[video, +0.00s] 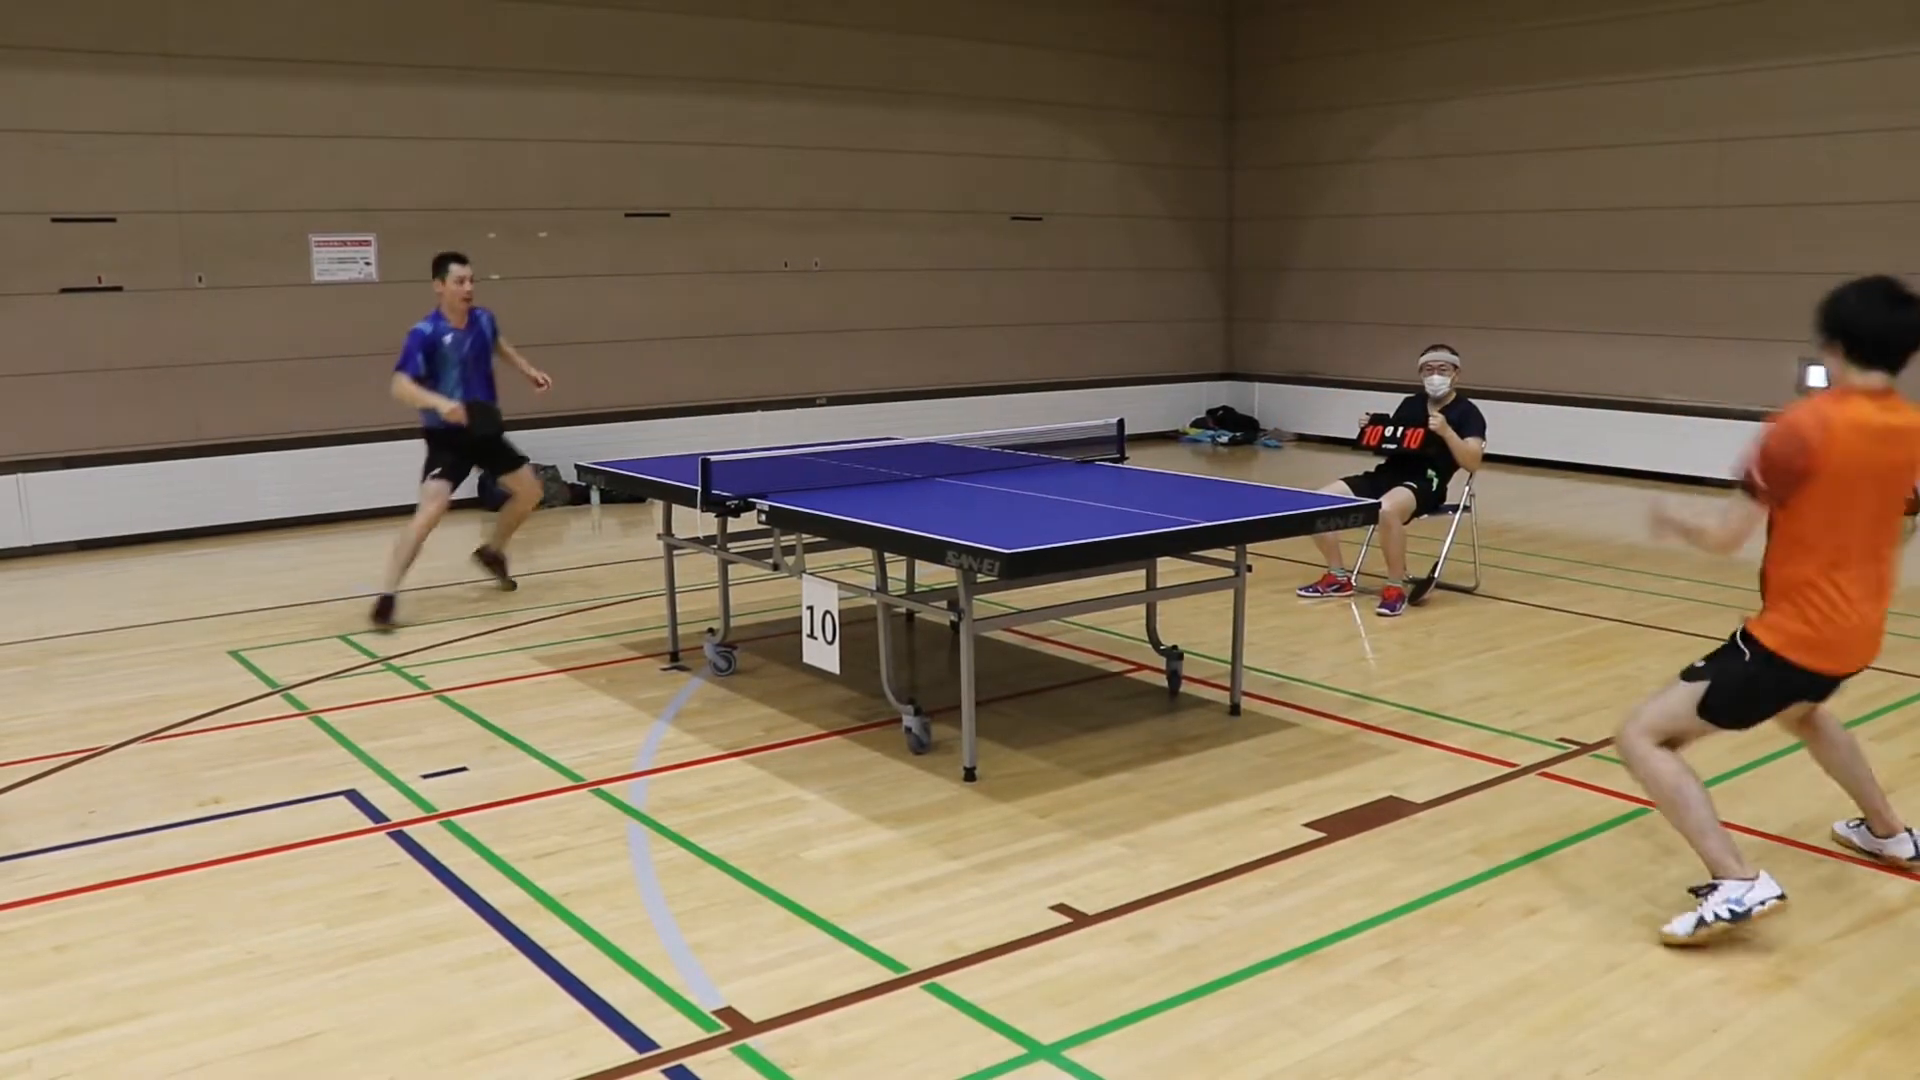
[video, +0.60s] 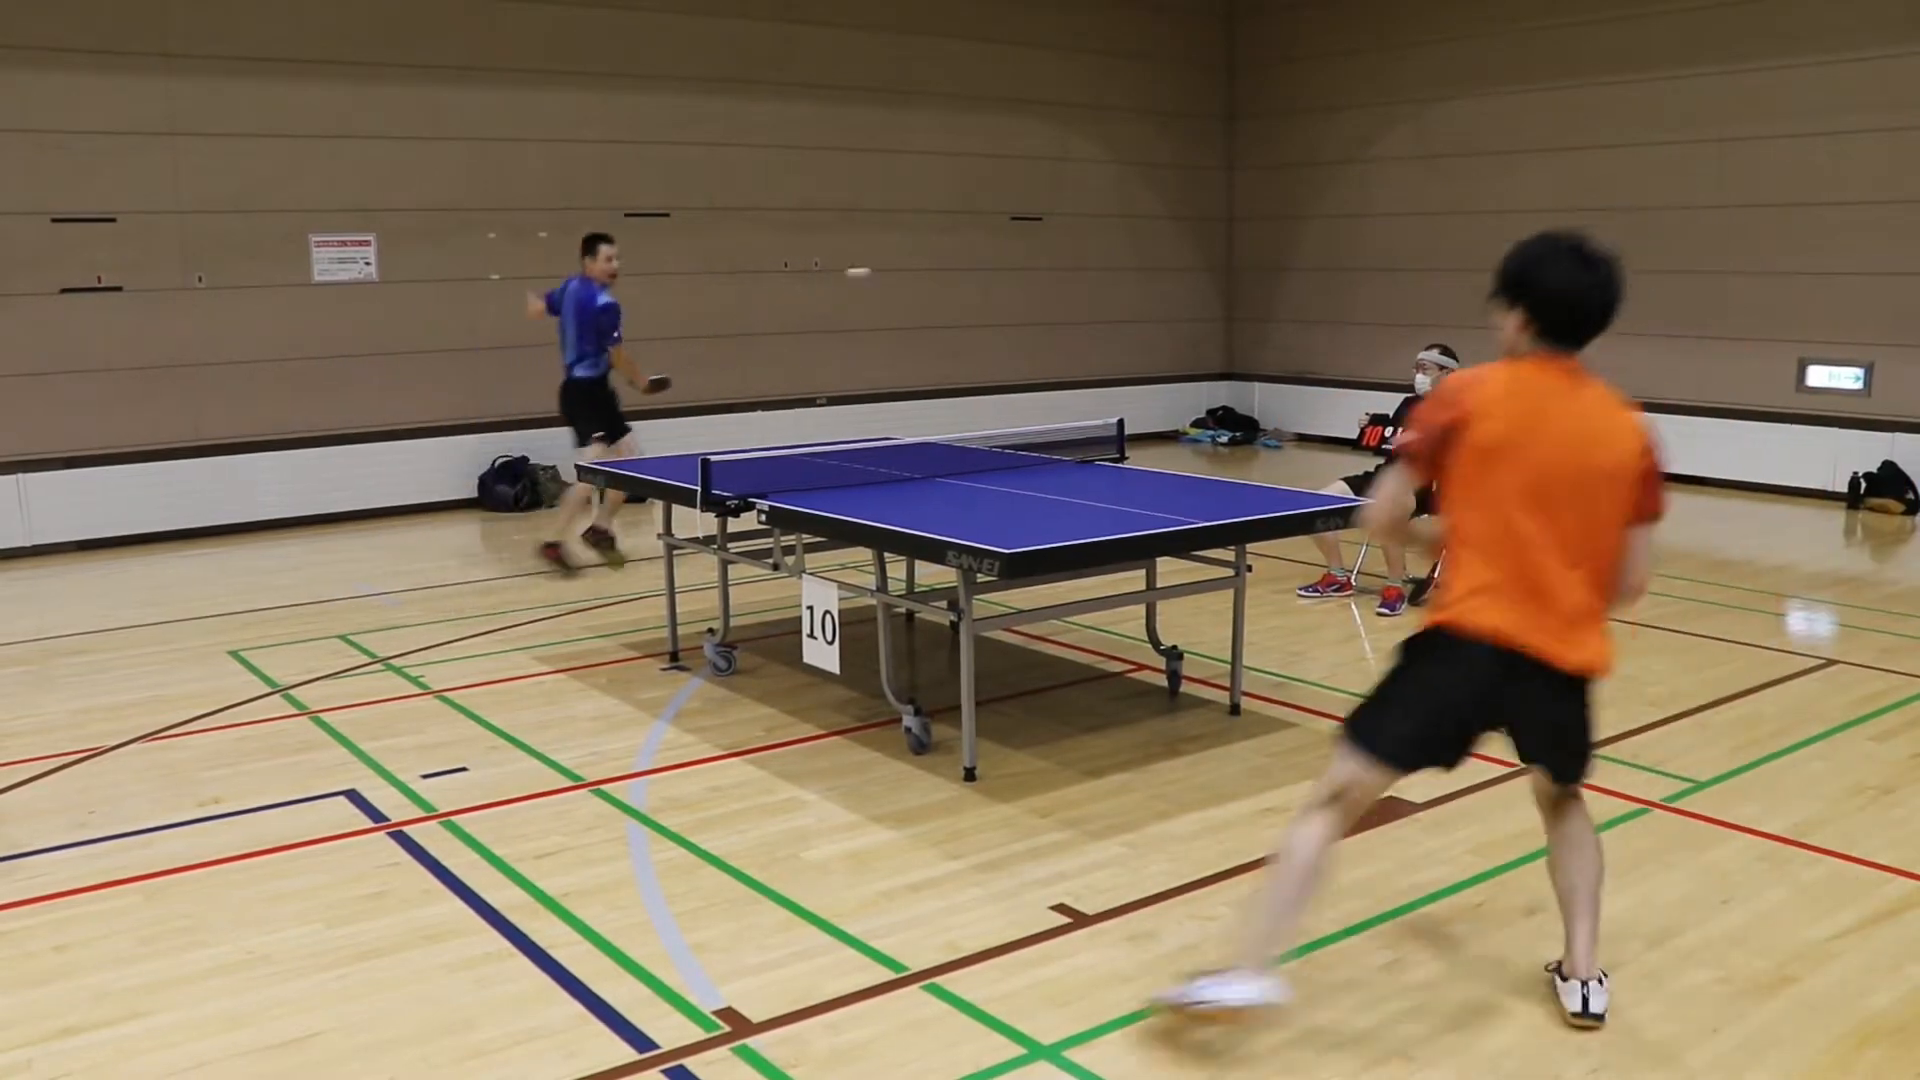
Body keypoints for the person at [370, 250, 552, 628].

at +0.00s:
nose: (468, 287)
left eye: (471, 281)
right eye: (460, 281)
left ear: (474, 284)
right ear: (439, 287)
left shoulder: (483, 321)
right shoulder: (424, 334)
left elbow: (499, 346)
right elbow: (401, 385)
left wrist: (528, 370)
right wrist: (442, 405)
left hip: (487, 430)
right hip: (447, 435)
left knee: (529, 492)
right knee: (431, 510)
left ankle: (492, 551)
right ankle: (387, 595)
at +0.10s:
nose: (487, 289)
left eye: (490, 282)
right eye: (479, 283)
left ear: (494, 286)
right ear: (458, 287)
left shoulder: (502, 322)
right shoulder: (442, 332)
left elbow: (512, 352)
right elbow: (415, 382)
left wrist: (536, 381)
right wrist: (455, 399)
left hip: (499, 422)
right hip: (458, 428)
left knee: (548, 488)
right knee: (462, 498)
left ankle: (533, 539)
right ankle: (436, 581)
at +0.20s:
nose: (508, 312)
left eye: (511, 304)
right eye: (500, 304)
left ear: (515, 307)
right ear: (480, 308)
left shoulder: (519, 343)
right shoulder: (462, 351)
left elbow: (533, 374)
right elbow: (450, 403)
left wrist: (555, 402)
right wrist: (505, 415)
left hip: (514, 437)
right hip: (475, 443)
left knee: (567, 494)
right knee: (485, 506)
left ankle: (575, 547)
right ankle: (462, 588)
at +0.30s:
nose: (533, 323)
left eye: (535, 315)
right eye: (525, 316)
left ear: (536, 318)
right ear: (505, 322)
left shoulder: (532, 352)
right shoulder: (507, 359)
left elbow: (555, 373)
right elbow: (546, 405)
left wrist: (584, 382)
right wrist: (605, 397)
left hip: (525, 448)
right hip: (495, 451)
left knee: (591, 492)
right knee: (506, 506)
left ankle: (582, 553)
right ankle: (465, 588)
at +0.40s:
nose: (575, 312)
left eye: (575, 304)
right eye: (567, 306)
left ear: (548, 310)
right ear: (547, 311)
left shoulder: (535, 330)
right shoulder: (558, 345)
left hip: (541, 439)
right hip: (525, 440)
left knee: (600, 481)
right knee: (526, 509)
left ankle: (581, 556)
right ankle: (474, 583)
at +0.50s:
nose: (601, 285)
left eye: (602, 278)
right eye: (594, 278)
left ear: (575, 283)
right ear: (572, 282)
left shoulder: (549, 306)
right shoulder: (593, 321)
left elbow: (521, 297)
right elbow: (629, 362)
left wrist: (523, 268)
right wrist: (680, 372)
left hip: (559, 414)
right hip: (561, 415)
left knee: (615, 478)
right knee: (550, 487)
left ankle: (584, 552)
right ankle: (501, 561)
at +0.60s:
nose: (615, 265)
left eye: (616, 259)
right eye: (608, 259)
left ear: (593, 264)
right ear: (589, 262)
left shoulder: (570, 289)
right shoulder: (605, 304)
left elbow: (537, 308)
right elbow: (617, 355)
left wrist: (536, 300)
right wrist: (640, 381)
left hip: (579, 390)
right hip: (590, 391)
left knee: (628, 459)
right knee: (594, 469)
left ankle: (601, 527)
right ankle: (555, 540)